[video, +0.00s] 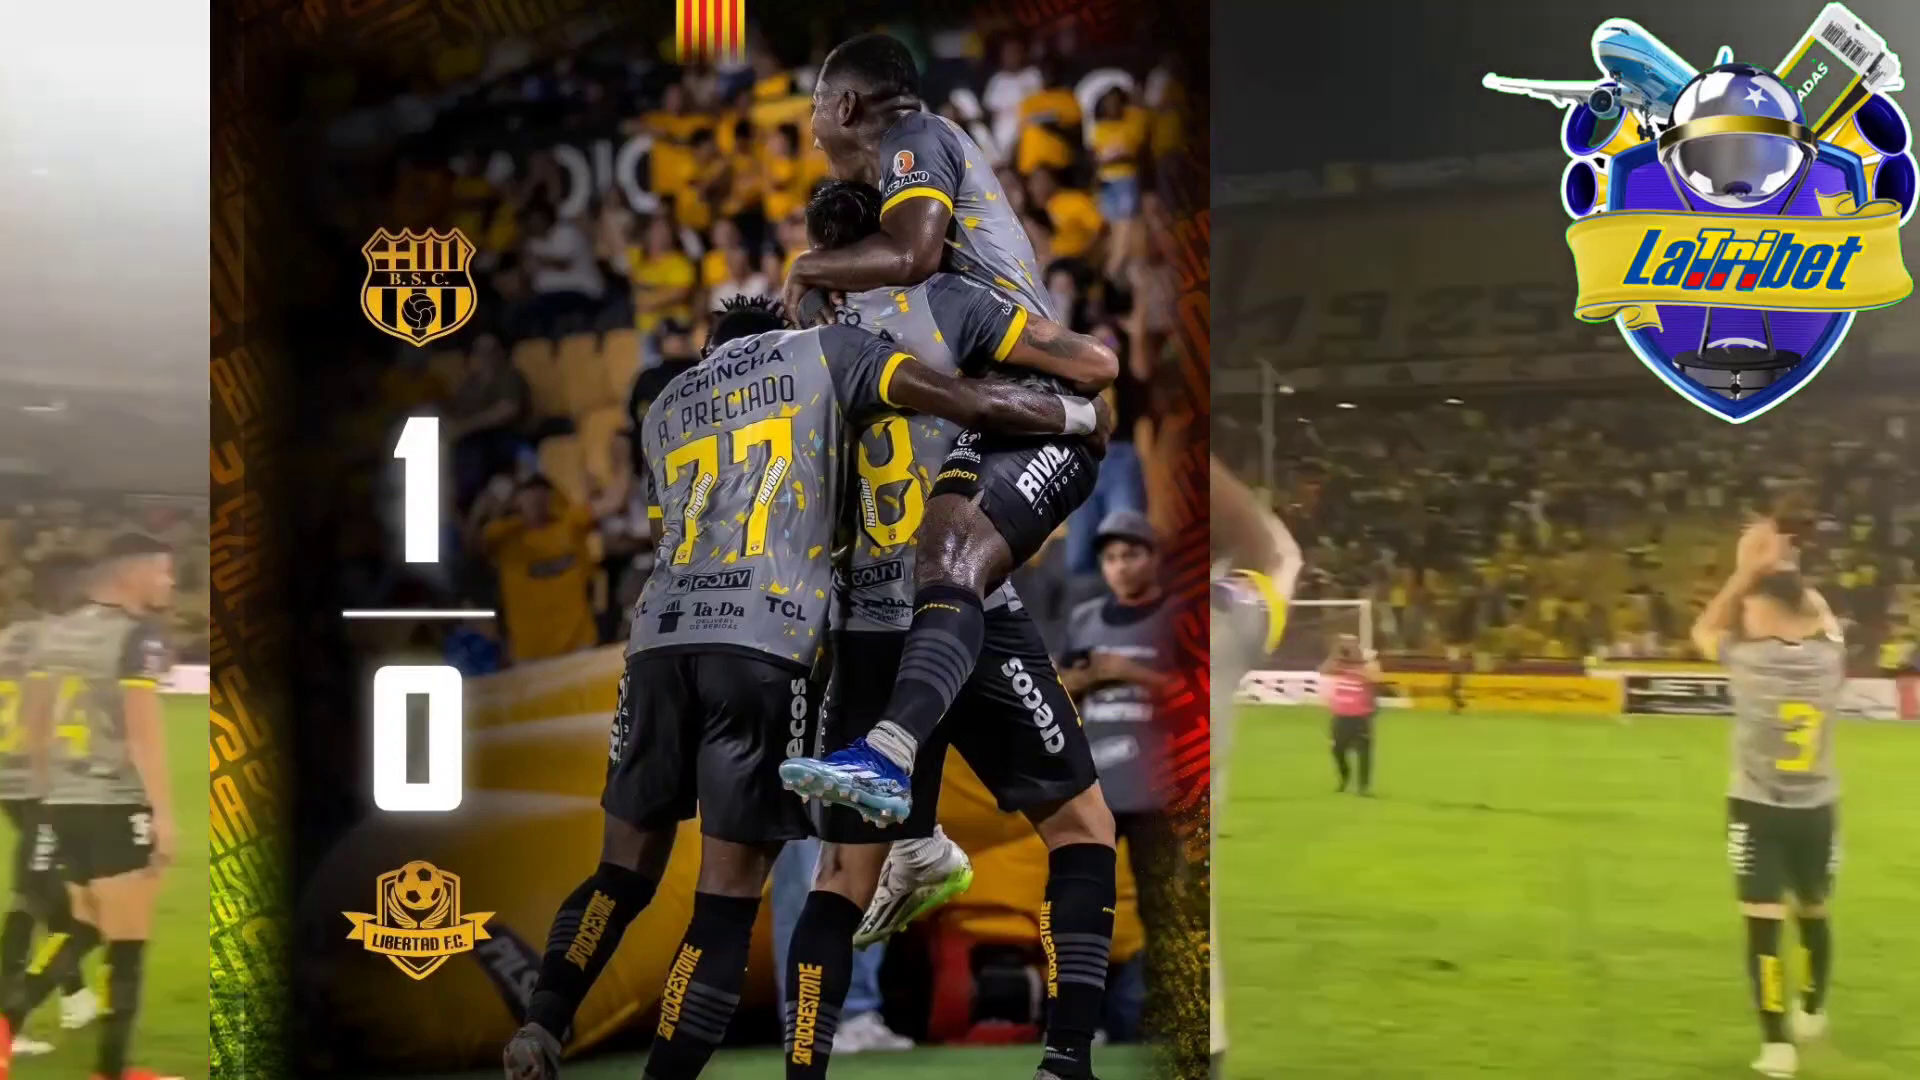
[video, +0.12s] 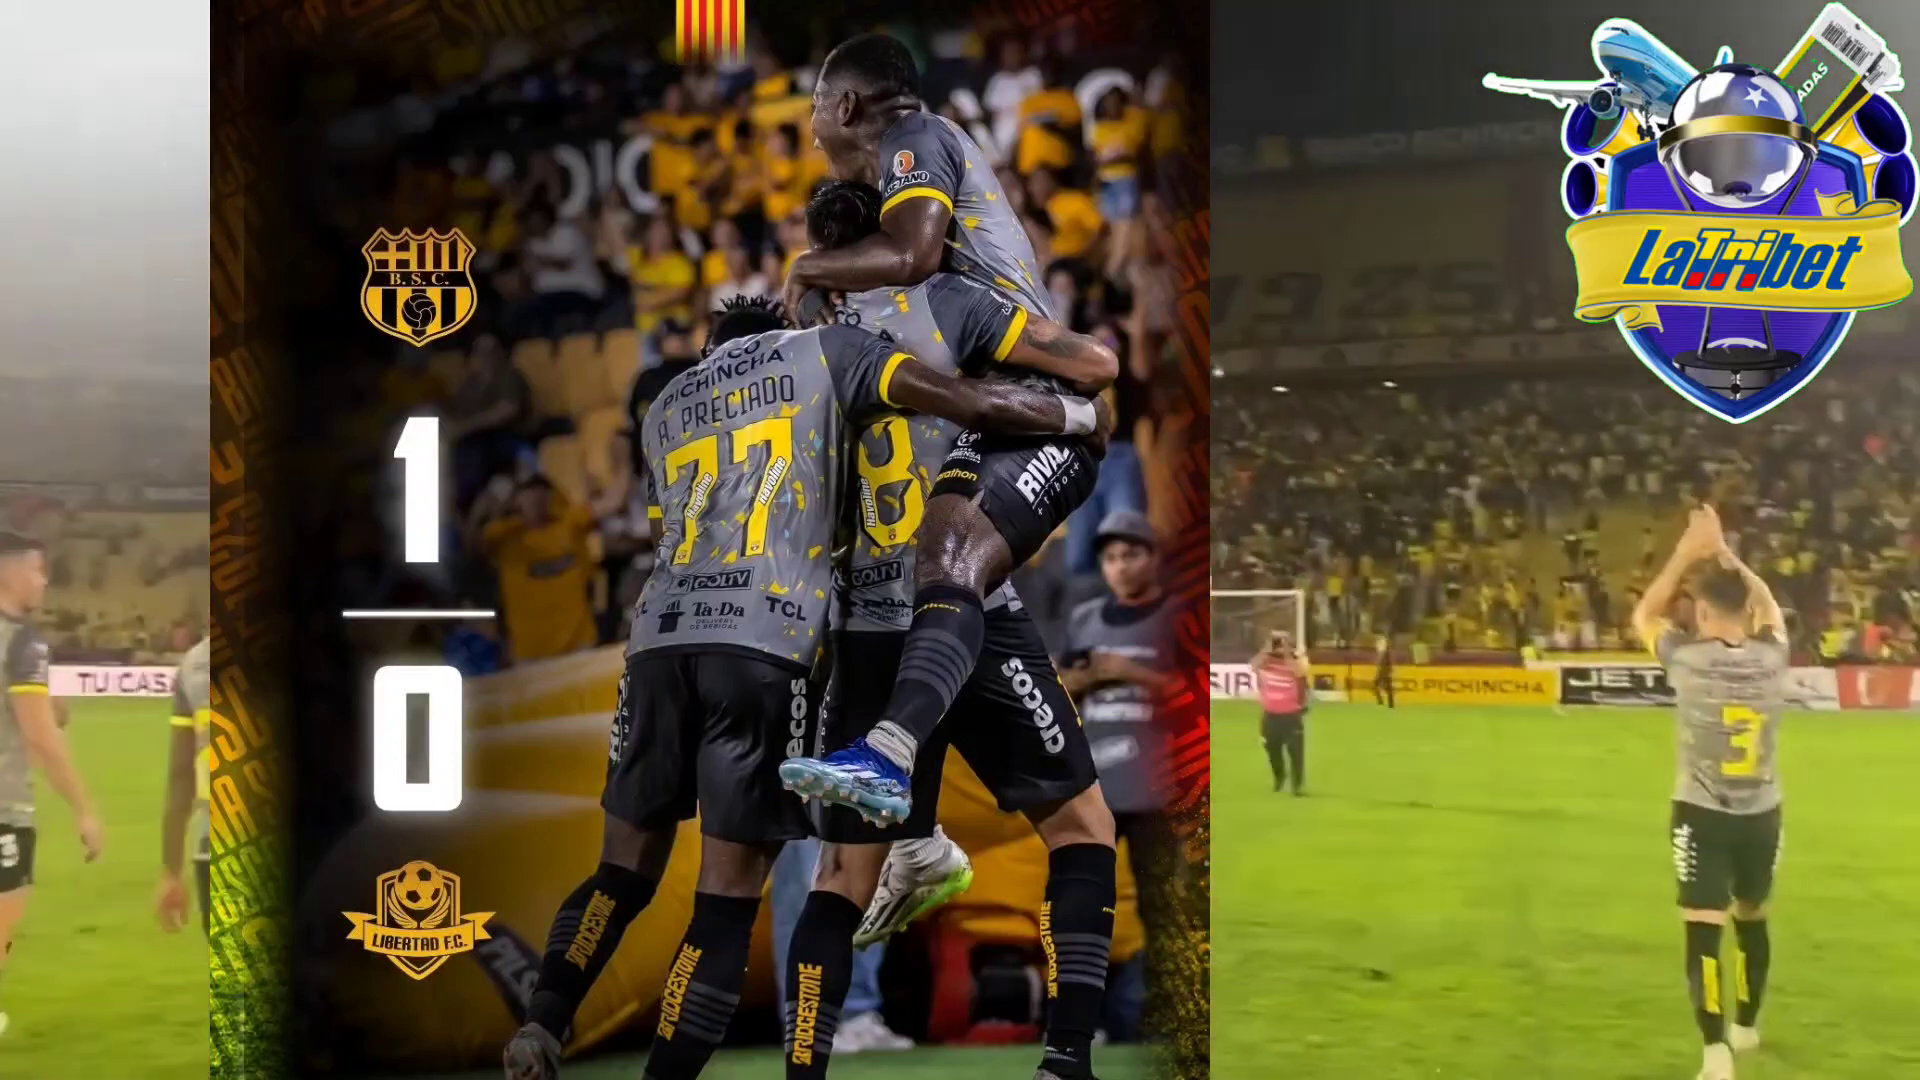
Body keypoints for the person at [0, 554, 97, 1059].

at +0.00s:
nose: (87, 602)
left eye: (85, 591)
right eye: (81, 592)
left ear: (38, 588)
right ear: (64, 592)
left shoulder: (17, 636)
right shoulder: (46, 641)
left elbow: (31, 718)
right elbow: (38, 721)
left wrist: (44, 775)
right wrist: (46, 784)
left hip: (18, 784)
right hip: (32, 787)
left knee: (43, 891)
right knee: (32, 893)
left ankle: (74, 993)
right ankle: (10, 1006)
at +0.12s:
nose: (44, 579)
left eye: (42, 567)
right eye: (36, 567)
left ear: (10, 571)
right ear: (8, 571)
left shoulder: (17, 637)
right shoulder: (19, 641)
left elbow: (39, 734)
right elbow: (41, 737)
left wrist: (80, 807)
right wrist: (83, 806)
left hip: (11, 814)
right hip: (6, 815)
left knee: (7, 927)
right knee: (4, 929)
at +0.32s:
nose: (123, 585)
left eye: (120, 573)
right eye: (115, 574)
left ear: (61, 577)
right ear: (95, 577)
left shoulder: (8, 654)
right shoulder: (123, 658)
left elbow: (12, 759)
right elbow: (151, 773)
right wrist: (198, 797)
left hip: (28, 868)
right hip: (112, 866)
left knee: (43, 1028)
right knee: (163, 993)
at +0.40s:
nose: (63, 582)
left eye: (61, 568)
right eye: (55, 570)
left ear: (11, 571)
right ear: (29, 571)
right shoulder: (60, 660)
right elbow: (98, 774)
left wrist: (133, 752)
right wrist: (141, 751)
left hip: (3, 872)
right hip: (51, 871)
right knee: (97, 1010)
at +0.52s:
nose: (22, 578)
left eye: (22, 564)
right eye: (20, 563)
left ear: (25, 568)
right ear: (10, 564)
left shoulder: (25, 655)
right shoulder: (23, 655)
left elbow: (82, 756)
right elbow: (85, 756)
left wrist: (78, 691)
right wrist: (89, 693)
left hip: (21, 870)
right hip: (18, 872)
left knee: (47, 1034)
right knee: (46, 1035)